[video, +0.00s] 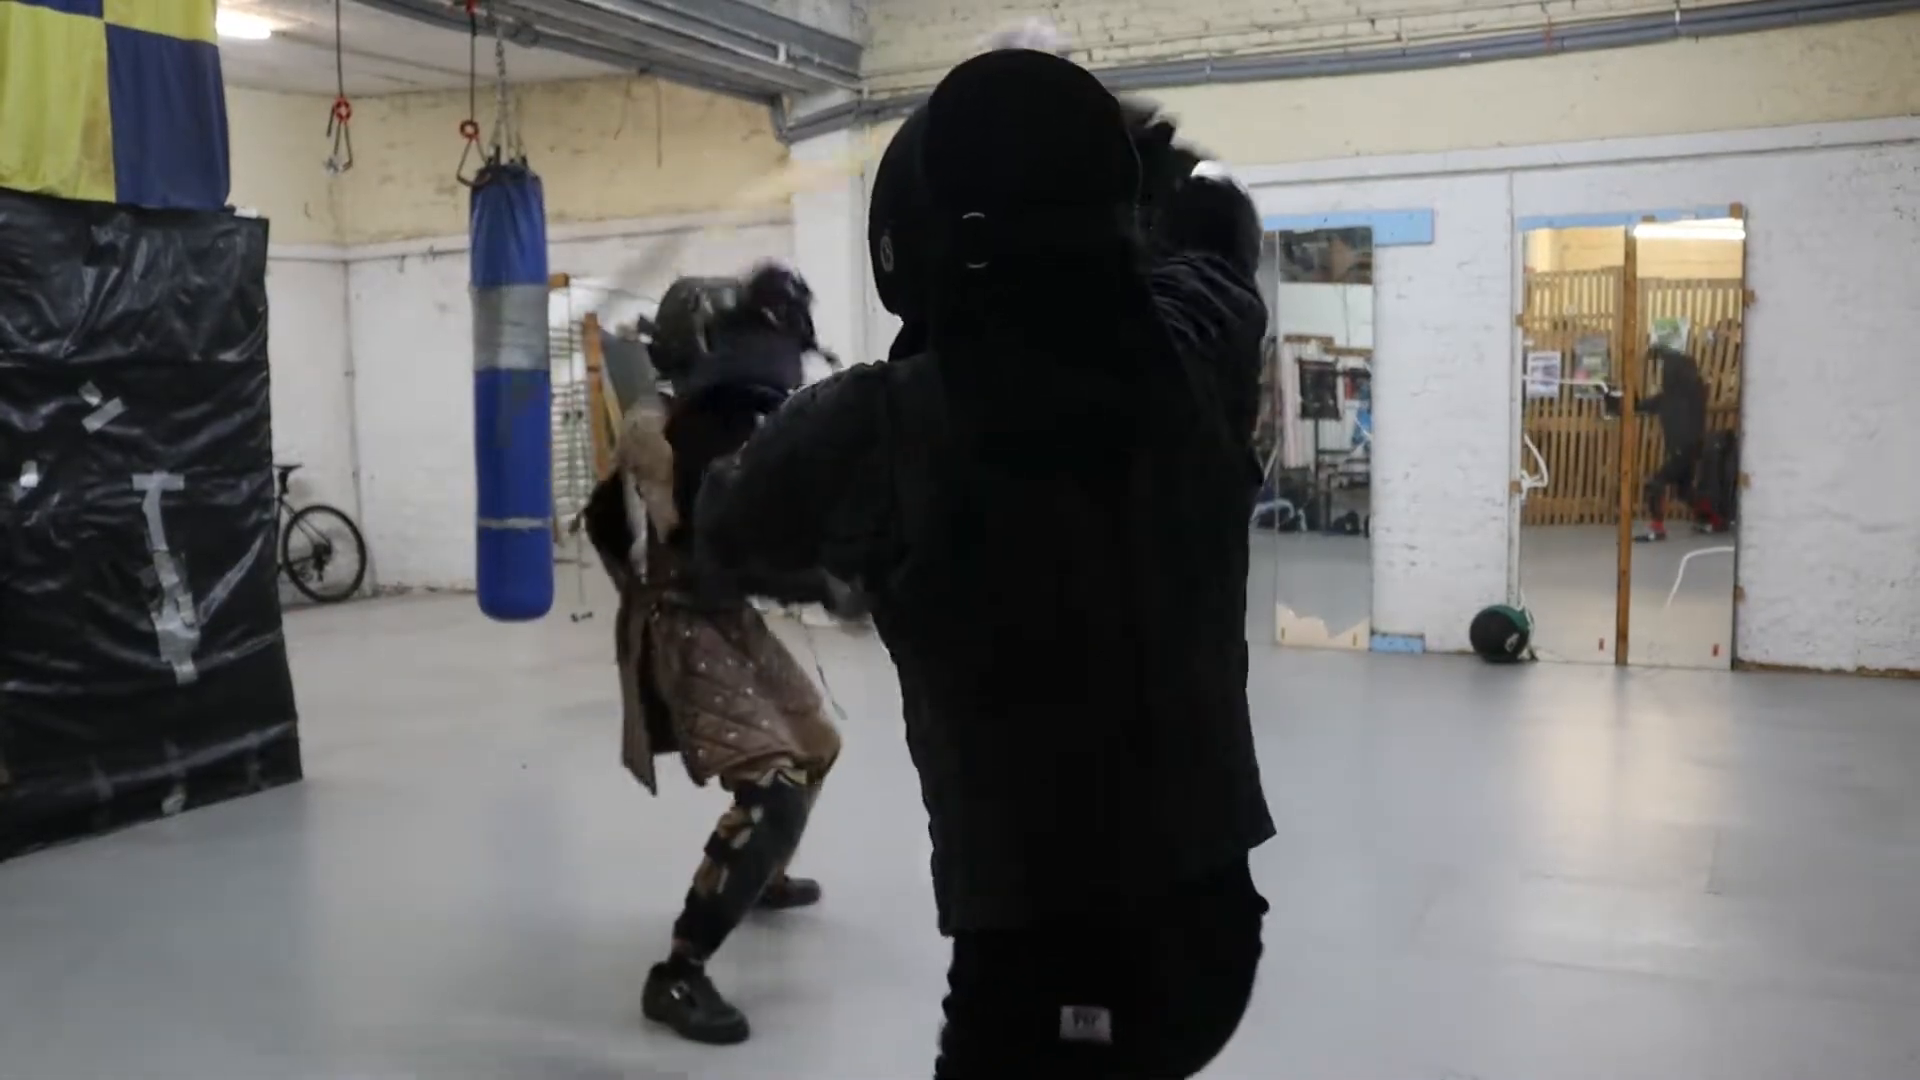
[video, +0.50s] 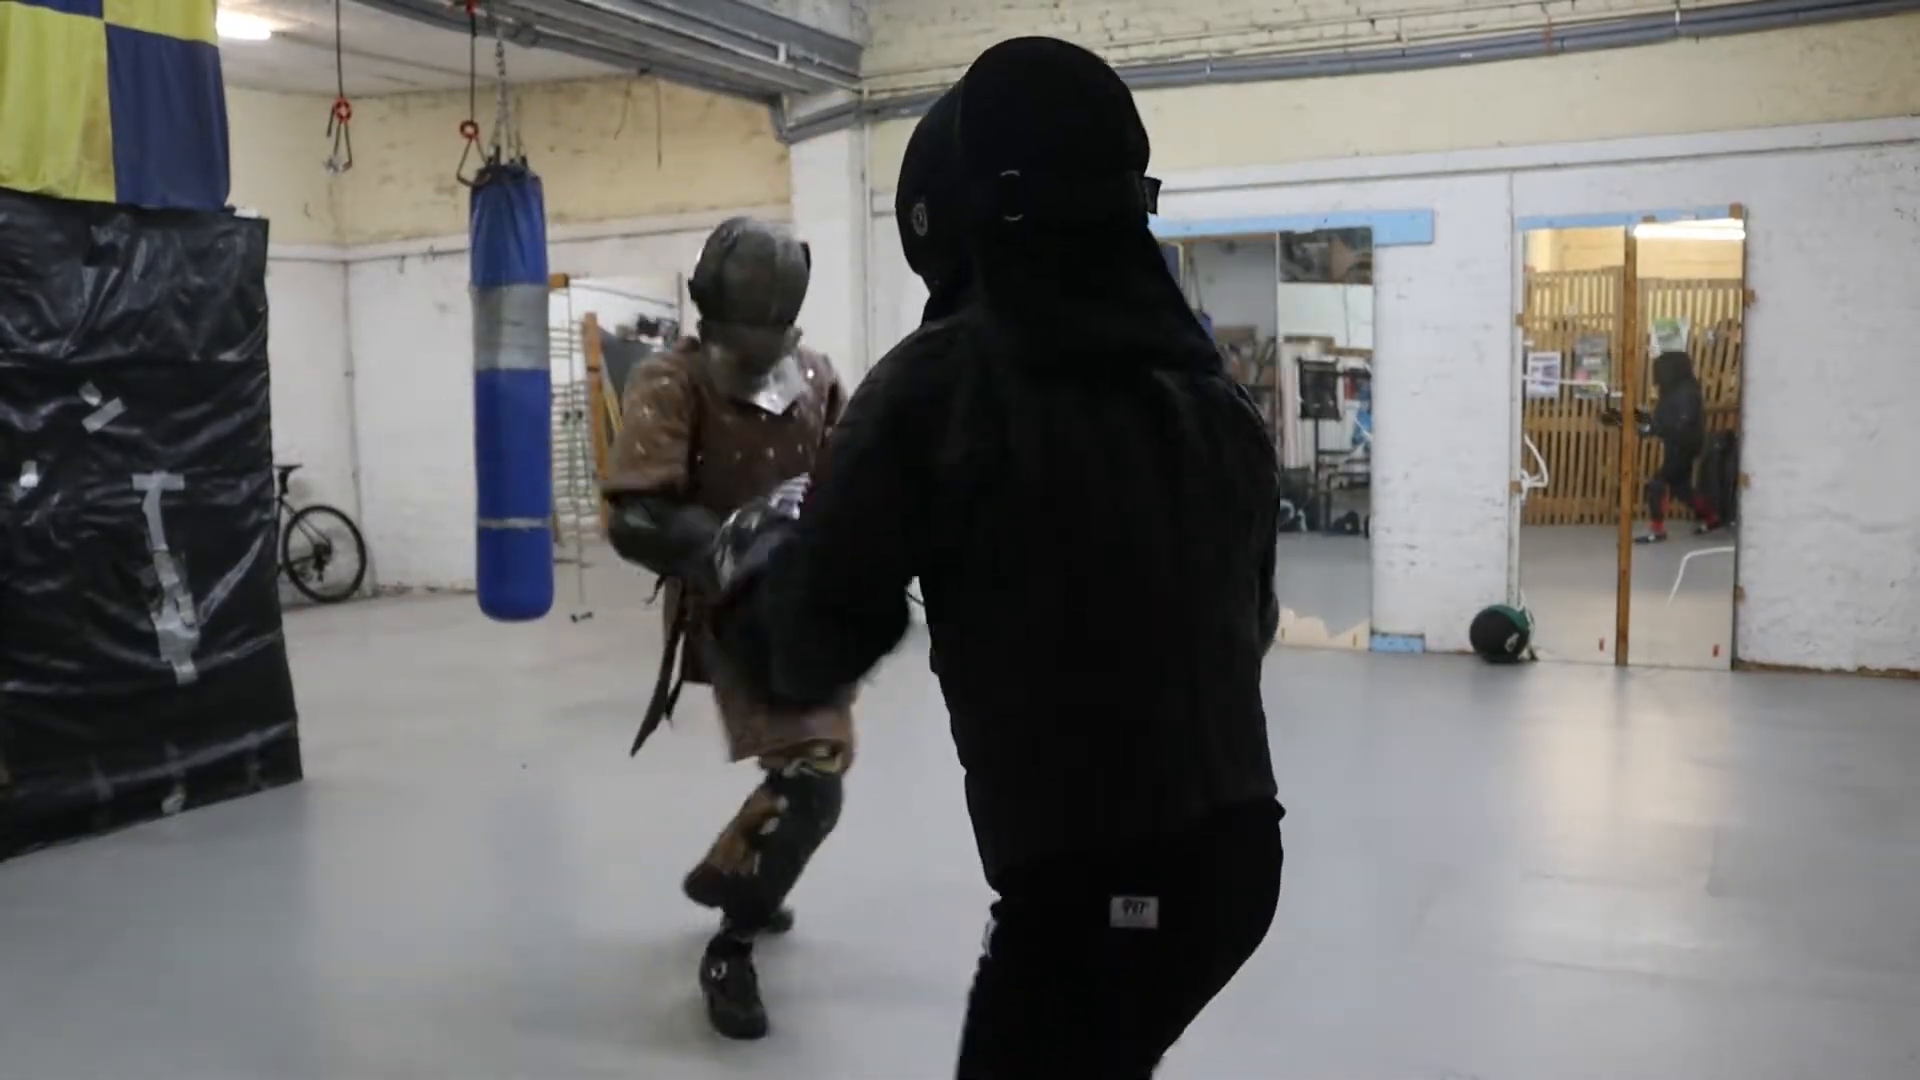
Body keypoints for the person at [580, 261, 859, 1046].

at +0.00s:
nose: (784, 371)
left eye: (782, 356)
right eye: (771, 355)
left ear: (685, 353)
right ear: (737, 351)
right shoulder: (727, 430)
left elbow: (602, 516)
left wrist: (637, 585)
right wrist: (828, 579)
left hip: (721, 612)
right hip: (686, 624)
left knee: (813, 745)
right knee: (774, 785)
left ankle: (756, 876)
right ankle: (682, 969)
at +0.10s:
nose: (772, 333)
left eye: (771, 320)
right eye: (763, 320)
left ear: (700, 312)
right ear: (734, 319)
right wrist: (854, 653)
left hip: (746, 608)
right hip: (701, 616)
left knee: (821, 752)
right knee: (778, 789)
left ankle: (765, 883)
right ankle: (681, 969)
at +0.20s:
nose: (776, 343)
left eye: (770, 333)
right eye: (764, 334)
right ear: (729, 341)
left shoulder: (741, 410)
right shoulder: (675, 420)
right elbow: (699, 569)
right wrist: (818, 645)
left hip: (759, 618)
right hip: (700, 625)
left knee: (826, 757)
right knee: (781, 791)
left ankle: (768, 883)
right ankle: (684, 967)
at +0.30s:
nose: (782, 374)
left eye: (785, 356)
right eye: (767, 356)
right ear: (725, 357)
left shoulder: (761, 443)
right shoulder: (701, 456)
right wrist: (826, 664)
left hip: (776, 642)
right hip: (707, 652)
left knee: (817, 766)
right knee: (773, 781)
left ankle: (770, 879)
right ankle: (724, 960)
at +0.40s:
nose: (769, 350)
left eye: (782, 331)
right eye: (752, 331)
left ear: (796, 327)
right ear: (714, 328)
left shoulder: (801, 401)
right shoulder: (677, 418)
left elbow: (835, 491)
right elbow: (679, 549)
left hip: (790, 610)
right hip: (711, 620)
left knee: (791, 763)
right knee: (783, 788)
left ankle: (760, 870)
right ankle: (727, 960)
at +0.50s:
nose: (765, 344)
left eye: (778, 326)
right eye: (748, 327)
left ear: (796, 315)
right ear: (710, 312)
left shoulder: (817, 381)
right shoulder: (670, 382)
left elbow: (848, 480)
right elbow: (634, 515)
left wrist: (836, 537)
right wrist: (725, 544)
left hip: (807, 596)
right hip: (727, 609)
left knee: (813, 767)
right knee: (813, 782)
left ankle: (734, 876)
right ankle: (732, 951)